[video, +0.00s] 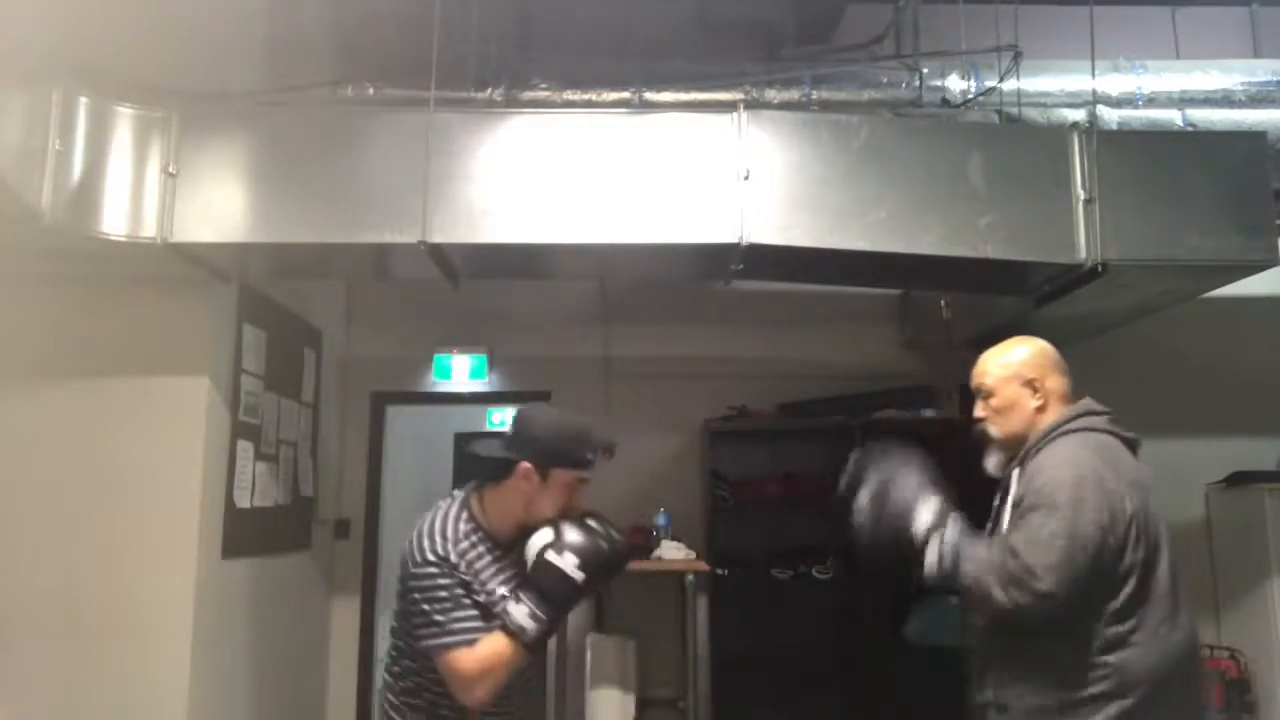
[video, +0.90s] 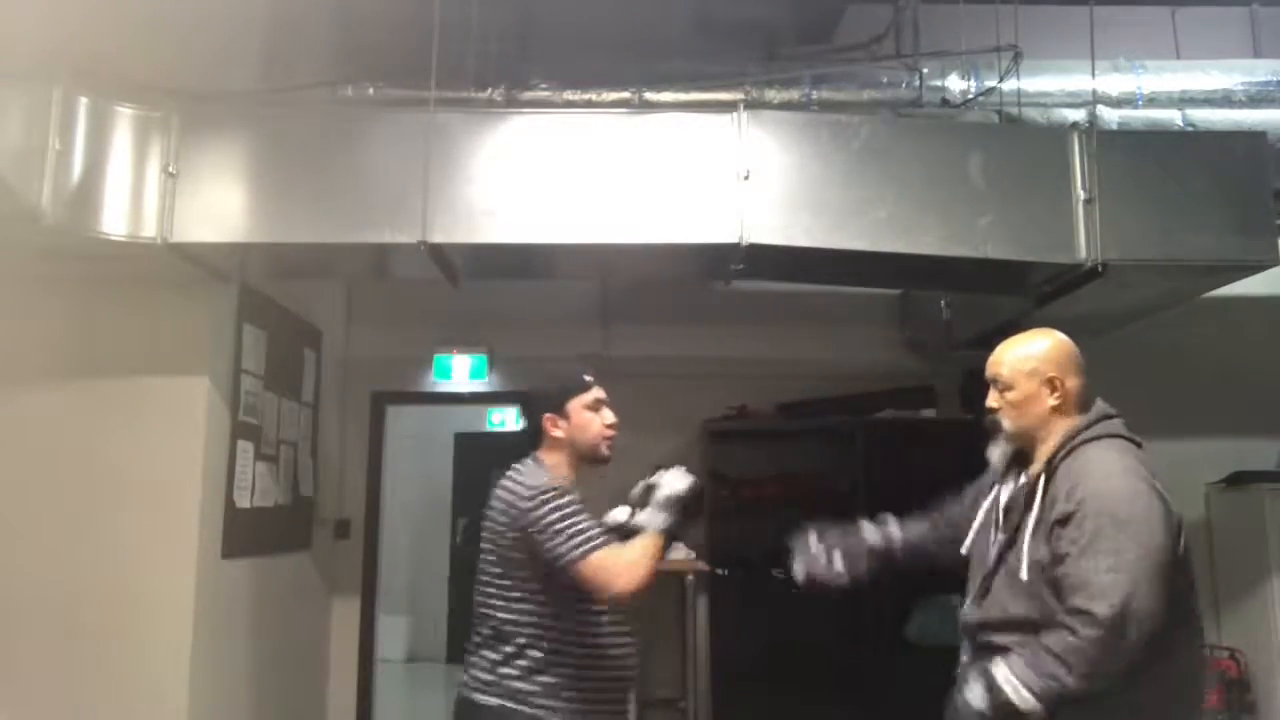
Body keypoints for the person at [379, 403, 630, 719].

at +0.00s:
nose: (578, 504)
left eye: (580, 488)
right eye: (572, 486)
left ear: (526, 478)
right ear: (527, 477)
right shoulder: (434, 552)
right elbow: (471, 687)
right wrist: (545, 598)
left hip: (513, 706)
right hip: (429, 712)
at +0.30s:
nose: (579, 456)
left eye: (575, 441)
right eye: (564, 441)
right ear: (515, 452)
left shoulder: (538, 520)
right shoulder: (444, 534)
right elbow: (469, 668)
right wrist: (560, 625)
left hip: (531, 704)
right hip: (454, 711)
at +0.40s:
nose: (608, 434)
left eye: (604, 419)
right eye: (592, 420)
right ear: (546, 434)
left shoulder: (573, 506)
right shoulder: (482, 516)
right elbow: (506, 646)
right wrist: (589, 582)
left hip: (558, 705)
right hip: (492, 712)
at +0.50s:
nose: (629, 433)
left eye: (625, 419)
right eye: (614, 420)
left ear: (576, 436)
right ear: (571, 435)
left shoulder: (620, 496)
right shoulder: (507, 521)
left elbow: (695, 519)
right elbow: (515, 650)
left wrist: (753, 492)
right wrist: (607, 593)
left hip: (589, 705)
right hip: (510, 711)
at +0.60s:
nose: (647, 424)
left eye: (641, 411)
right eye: (631, 413)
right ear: (591, 431)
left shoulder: (628, 501)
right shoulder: (543, 510)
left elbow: (668, 562)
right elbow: (577, 633)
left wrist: (725, 525)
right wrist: (648, 546)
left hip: (617, 706)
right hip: (537, 710)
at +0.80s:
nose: (637, 422)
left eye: (631, 410)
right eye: (620, 411)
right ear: (578, 428)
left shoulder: (537, 478)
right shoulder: (582, 488)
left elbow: (580, 561)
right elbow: (685, 522)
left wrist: (657, 564)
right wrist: (714, 459)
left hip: (511, 699)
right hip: (576, 706)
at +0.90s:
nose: (612, 420)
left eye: (607, 406)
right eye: (595, 408)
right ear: (554, 425)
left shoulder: (533, 482)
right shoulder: (537, 491)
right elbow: (618, 579)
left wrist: (612, 532)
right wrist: (662, 517)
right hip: (529, 707)